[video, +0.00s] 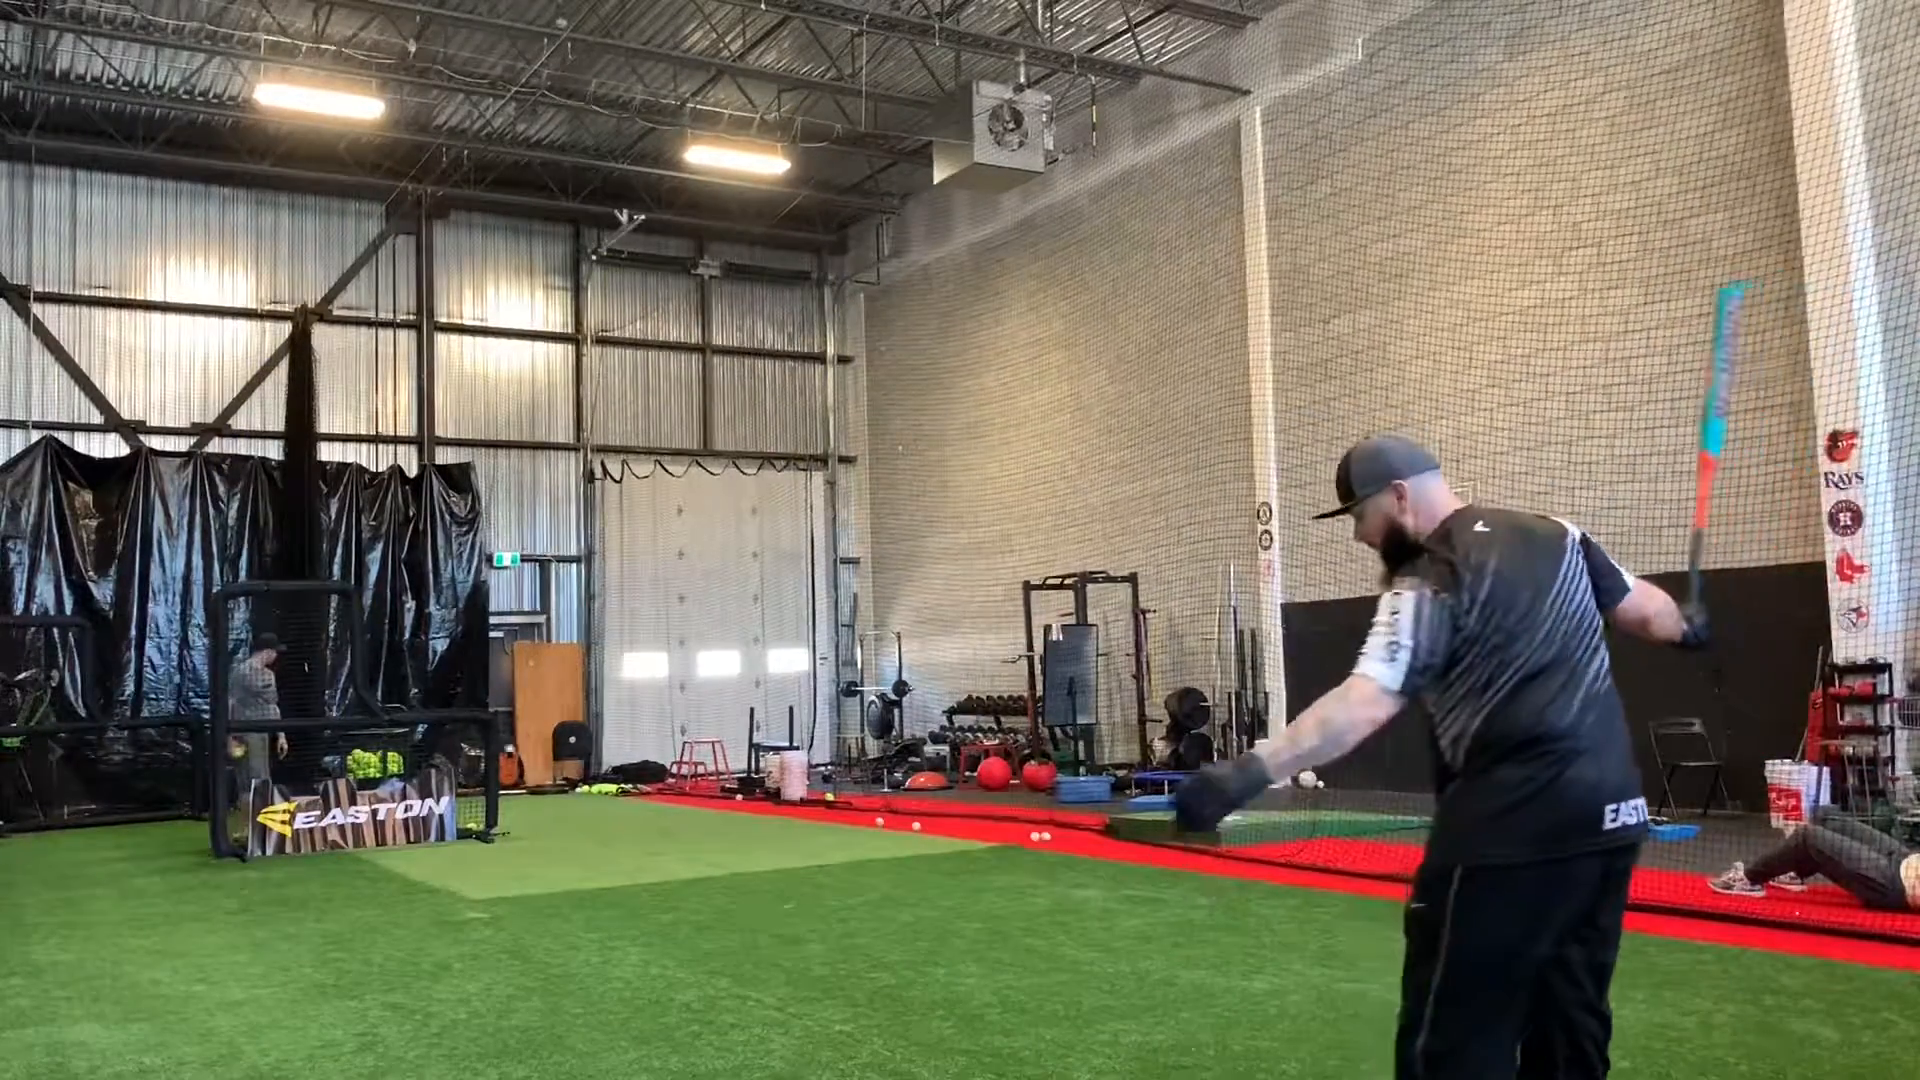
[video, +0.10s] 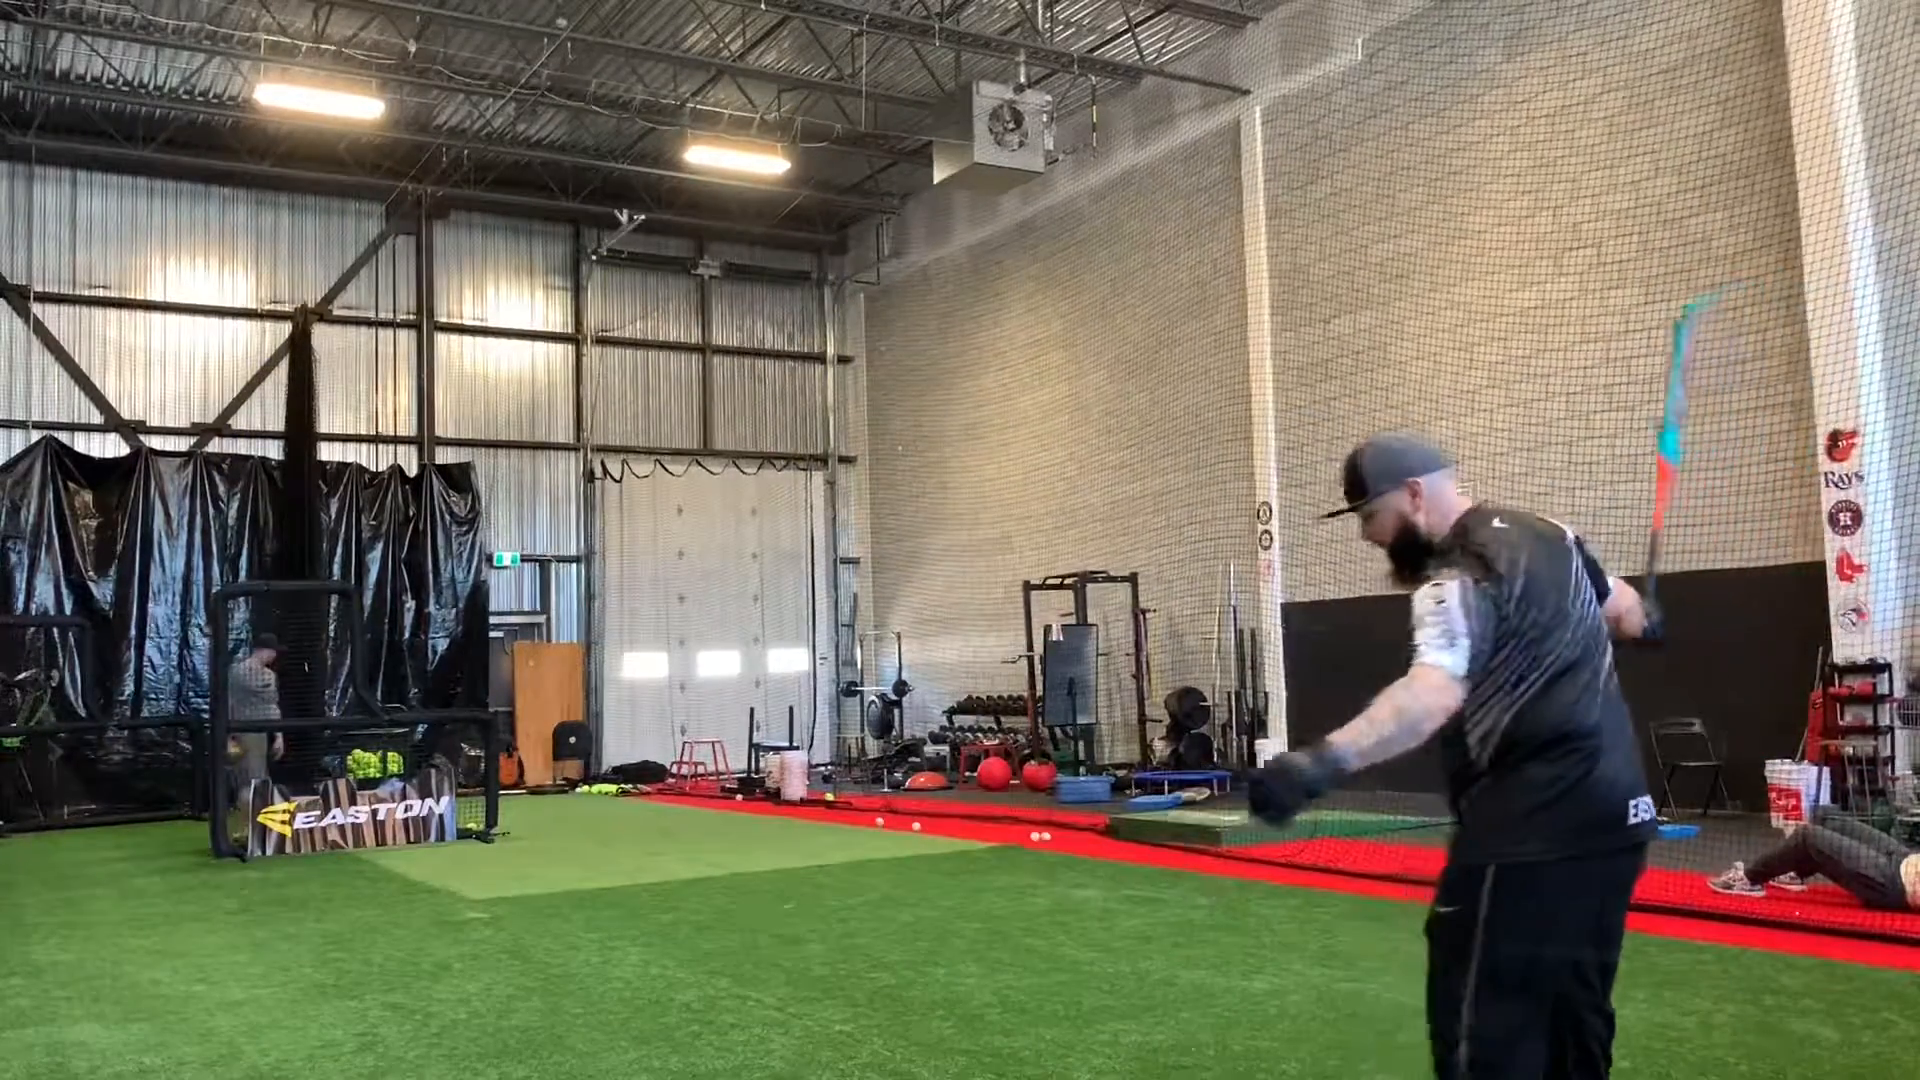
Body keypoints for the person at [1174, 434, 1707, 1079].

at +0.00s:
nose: (1357, 532)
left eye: (1358, 512)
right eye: (1352, 516)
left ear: (1400, 497)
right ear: (1420, 489)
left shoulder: (1424, 581)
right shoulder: (1556, 536)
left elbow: (1366, 704)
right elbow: (1645, 608)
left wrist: (1247, 771)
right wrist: (1685, 627)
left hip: (1504, 828)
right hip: (1611, 817)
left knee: (1447, 1037)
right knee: (1570, 1030)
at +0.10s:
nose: (1365, 532)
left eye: (1368, 514)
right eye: (1361, 518)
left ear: (1412, 495)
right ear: (1427, 493)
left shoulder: (1453, 578)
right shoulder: (1551, 537)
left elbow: (1431, 694)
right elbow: (1627, 613)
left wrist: (1318, 761)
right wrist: (1643, 617)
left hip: (1524, 831)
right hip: (1611, 819)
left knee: (1478, 1025)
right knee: (1575, 1022)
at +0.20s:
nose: (1378, 525)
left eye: (1382, 505)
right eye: (1373, 509)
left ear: (1432, 490)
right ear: (1440, 492)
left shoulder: (1482, 556)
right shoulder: (1535, 540)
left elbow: (1506, 650)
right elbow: (1594, 665)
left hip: (1550, 831)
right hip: (1598, 820)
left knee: (1512, 1024)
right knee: (1566, 1026)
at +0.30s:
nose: (1389, 507)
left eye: (1396, 487)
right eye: (1387, 490)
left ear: (1445, 481)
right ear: (1448, 483)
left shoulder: (1498, 529)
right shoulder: (1490, 534)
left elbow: (1545, 586)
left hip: (1573, 840)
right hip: (1551, 836)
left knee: (1549, 1030)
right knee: (1547, 1024)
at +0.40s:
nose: (1405, 492)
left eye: (1413, 472)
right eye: (1405, 475)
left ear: (1462, 471)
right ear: (1466, 474)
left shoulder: (1519, 528)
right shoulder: (1519, 526)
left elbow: (1570, 600)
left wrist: (1560, 736)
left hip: (1584, 850)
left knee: (1577, 1051)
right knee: (1576, 1042)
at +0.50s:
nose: (1425, 479)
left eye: (1436, 461)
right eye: (1428, 462)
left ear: (1484, 462)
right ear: (1482, 465)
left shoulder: (1550, 550)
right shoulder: (1487, 554)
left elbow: (1604, 682)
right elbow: (1473, 667)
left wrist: (1554, 802)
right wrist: (1440, 748)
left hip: (1603, 865)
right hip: (1555, 858)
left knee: (1601, 1058)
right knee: (1560, 1050)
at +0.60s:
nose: (1444, 472)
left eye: (1455, 452)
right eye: (1446, 454)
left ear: (1503, 456)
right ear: (1501, 457)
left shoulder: (1583, 562)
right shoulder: (1486, 559)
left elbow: (1625, 720)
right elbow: (1462, 689)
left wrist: (1526, 832)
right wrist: (1428, 804)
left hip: (1615, 868)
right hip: (1549, 861)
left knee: (1609, 1059)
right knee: (1554, 1054)